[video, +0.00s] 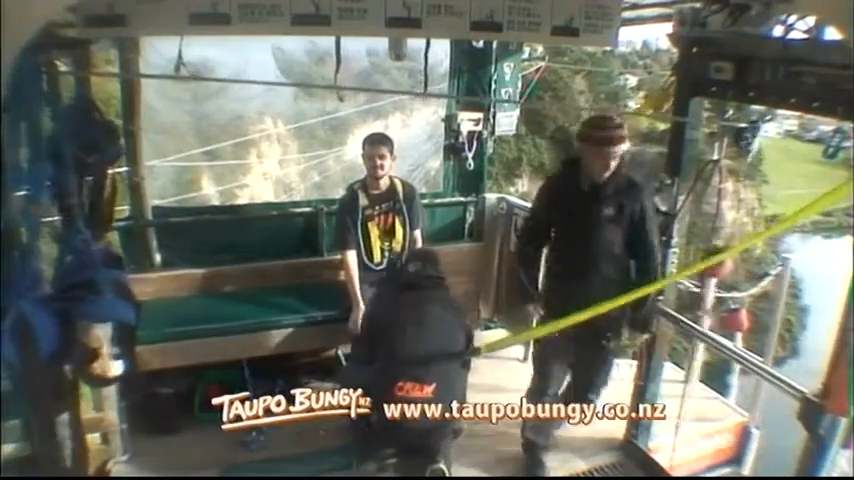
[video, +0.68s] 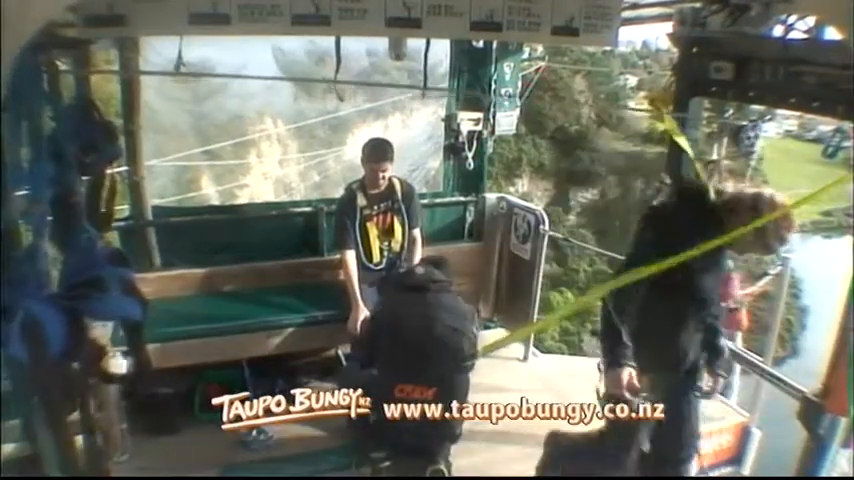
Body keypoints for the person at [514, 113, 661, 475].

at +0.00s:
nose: (612, 158)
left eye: (617, 151)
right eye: (604, 150)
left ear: (623, 152)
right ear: (584, 149)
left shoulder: (632, 193)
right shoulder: (558, 187)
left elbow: (648, 254)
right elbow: (530, 241)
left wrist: (645, 308)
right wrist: (528, 294)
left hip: (608, 305)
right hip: (561, 300)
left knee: (588, 389)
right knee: (547, 383)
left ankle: (545, 422)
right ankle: (533, 449)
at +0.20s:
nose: (637, 172)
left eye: (641, 165)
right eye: (631, 164)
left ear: (643, 163)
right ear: (608, 157)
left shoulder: (644, 203)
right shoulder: (564, 195)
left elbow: (652, 267)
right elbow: (541, 265)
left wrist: (646, 321)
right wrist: (559, 324)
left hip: (618, 318)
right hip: (569, 315)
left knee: (622, 394)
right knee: (554, 392)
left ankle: (576, 434)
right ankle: (536, 449)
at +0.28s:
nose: (652, 186)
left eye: (658, 180)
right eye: (647, 177)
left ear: (662, 176)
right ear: (624, 164)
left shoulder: (652, 212)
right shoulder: (577, 201)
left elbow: (653, 273)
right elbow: (557, 275)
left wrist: (648, 325)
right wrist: (576, 334)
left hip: (620, 321)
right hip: (575, 316)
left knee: (630, 402)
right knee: (559, 389)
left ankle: (598, 468)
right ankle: (537, 456)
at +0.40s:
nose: (676, 202)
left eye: (683, 197)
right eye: (674, 192)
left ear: (685, 195)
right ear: (655, 176)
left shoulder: (664, 215)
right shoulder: (602, 211)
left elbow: (656, 281)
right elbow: (584, 295)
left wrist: (652, 335)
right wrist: (613, 360)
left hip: (631, 335)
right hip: (586, 329)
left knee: (631, 431)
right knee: (562, 397)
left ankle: (640, 470)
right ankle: (538, 450)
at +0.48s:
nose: (696, 213)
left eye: (703, 208)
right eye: (697, 203)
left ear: (701, 201)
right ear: (680, 187)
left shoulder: (669, 222)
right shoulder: (621, 214)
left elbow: (659, 292)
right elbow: (597, 303)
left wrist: (661, 343)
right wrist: (628, 364)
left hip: (639, 347)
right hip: (597, 339)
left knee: (641, 449)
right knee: (572, 403)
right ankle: (538, 449)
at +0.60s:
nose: (732, 237)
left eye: (740, 232)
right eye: (737, 226)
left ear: (726, 211)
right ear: (723, 204)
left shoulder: (698, 238)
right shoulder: (656, 215)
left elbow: (683, 306)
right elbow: (618, 293)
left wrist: (690, 356)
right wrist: (631, 366)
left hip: (664, 360)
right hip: (620, 350)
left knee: (656, 458)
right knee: (591, 432)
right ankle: (546, 448)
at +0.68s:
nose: (749, 253)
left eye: (758, 251)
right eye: (756, 245)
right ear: (745, 218)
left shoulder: (714, 244)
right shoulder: (674, 220)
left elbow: (707, 309)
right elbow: (623, 289)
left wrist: (718, 360)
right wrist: (618, 361)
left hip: (679, 369)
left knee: (676, 462)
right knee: (619, 456)